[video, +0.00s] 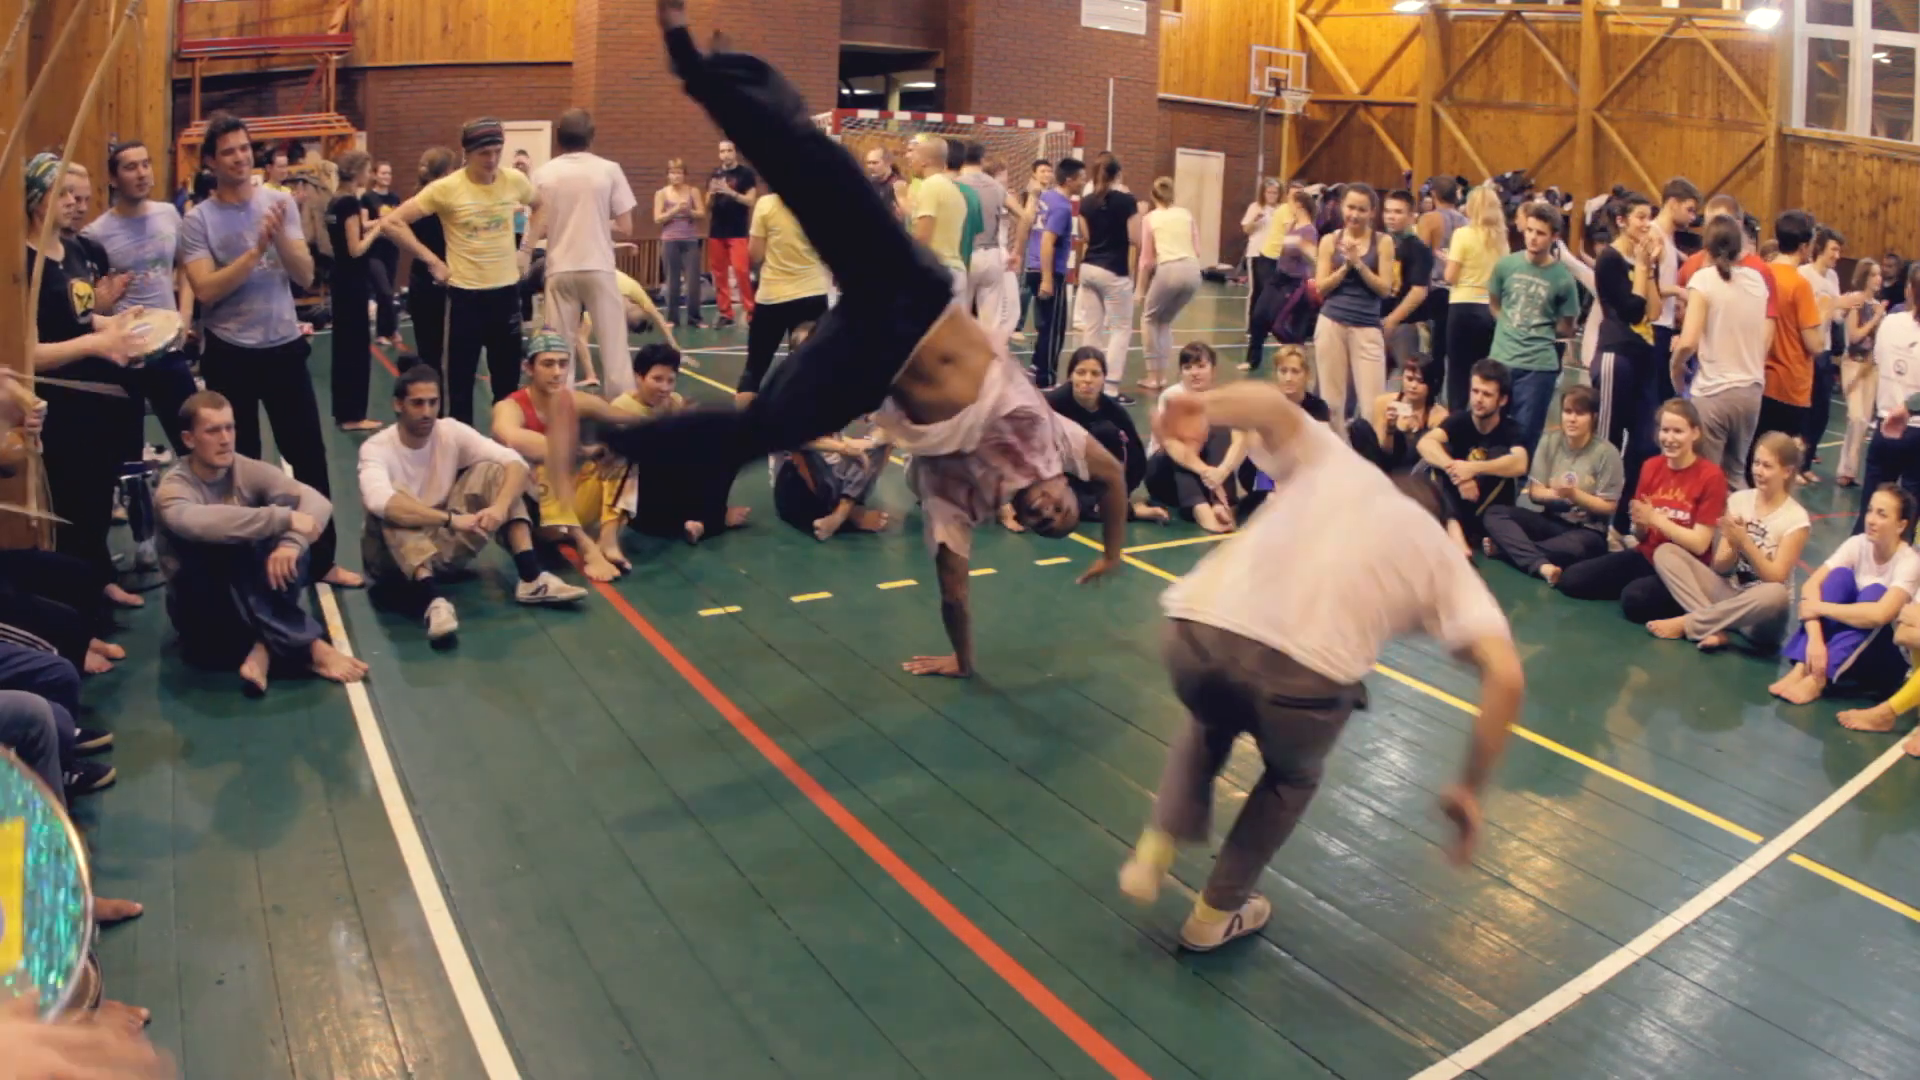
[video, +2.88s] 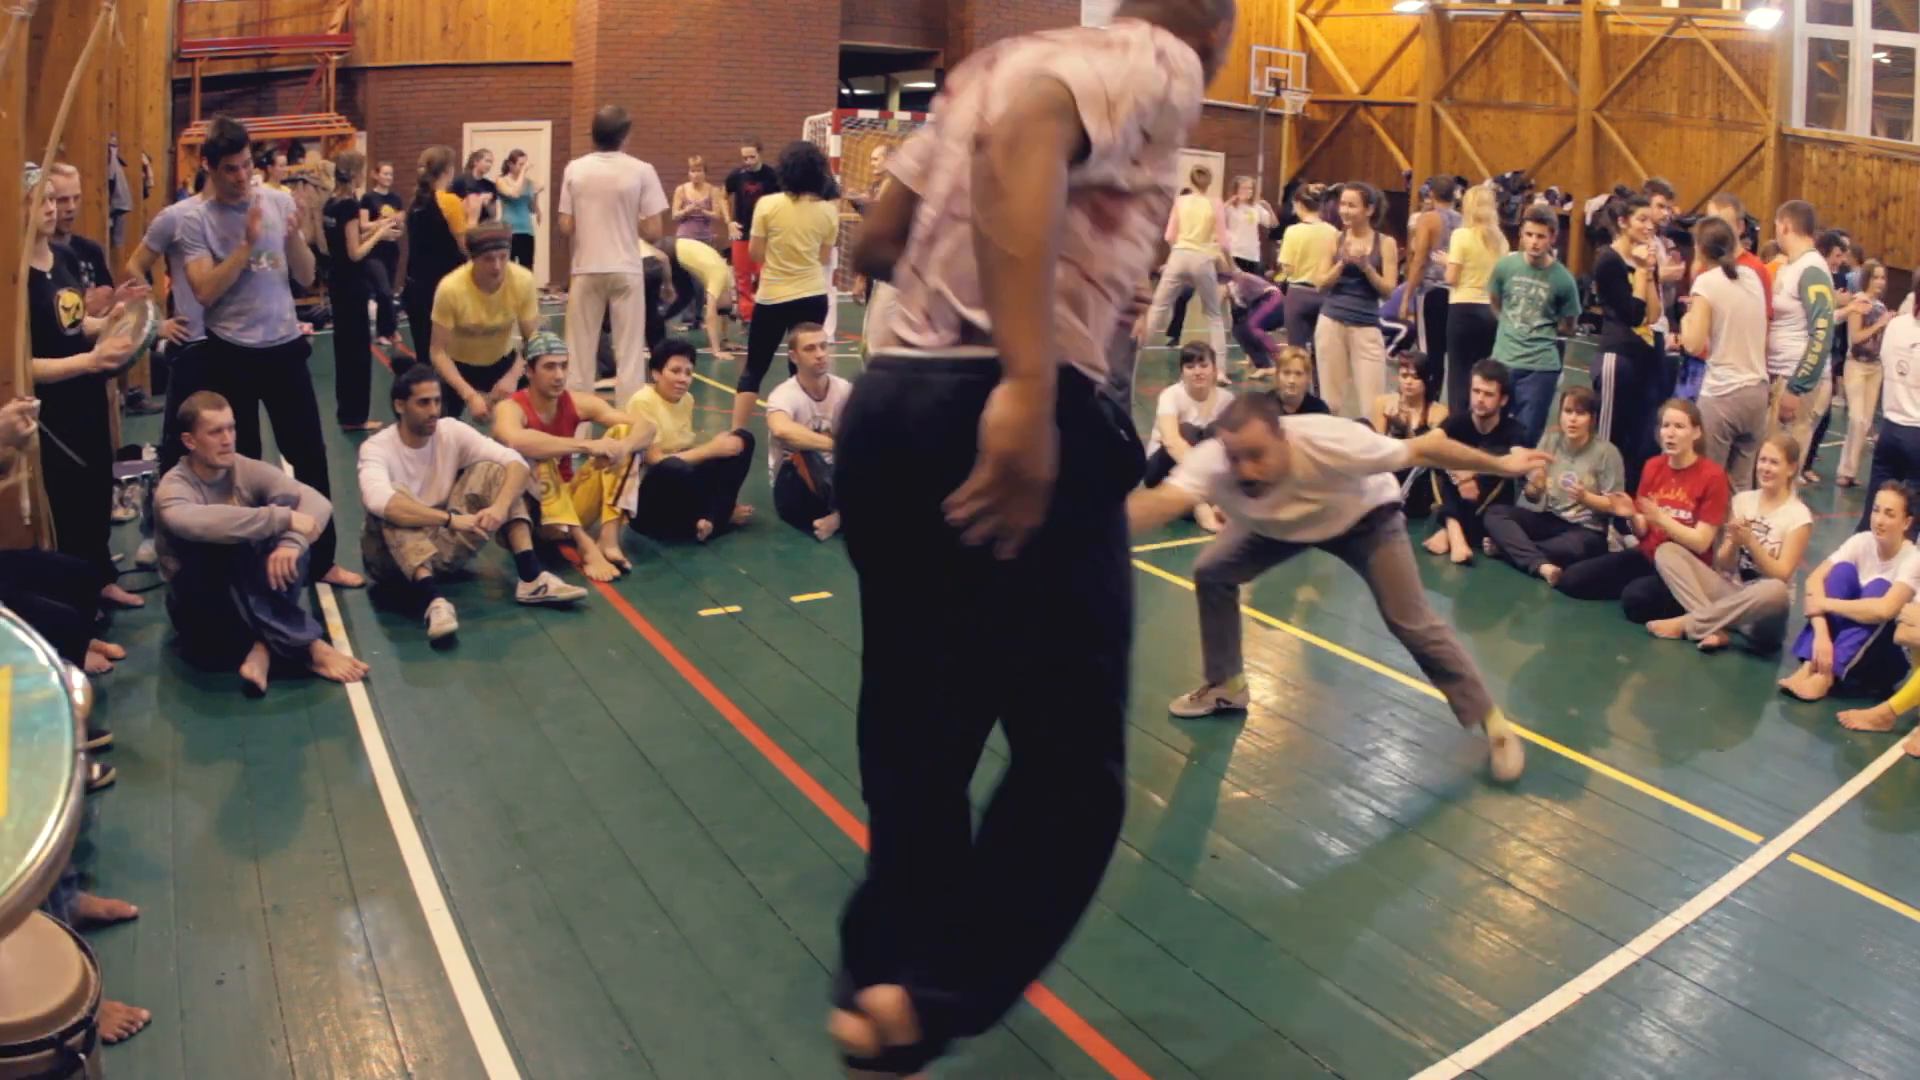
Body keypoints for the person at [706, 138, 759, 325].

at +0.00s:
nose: (725, 154)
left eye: (728, 151)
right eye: (722, 151)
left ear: (735, 153)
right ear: (718, 154)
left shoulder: (746, 173)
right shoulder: (715, 174)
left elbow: (751, 200)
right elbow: (708, 205)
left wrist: (729, 192)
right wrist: (712, 192)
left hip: (738, 232)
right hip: (717, 232)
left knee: (741, 271)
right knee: (719, 275)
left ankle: (750, 310)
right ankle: (724, 312)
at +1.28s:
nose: (751, 157)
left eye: (754, 153)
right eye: (748, 153)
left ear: (761, 154)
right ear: (743, 154)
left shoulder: (767, 174)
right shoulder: (734, 173)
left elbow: (771, 201)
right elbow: (727, 200)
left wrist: (754, 194)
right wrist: (741, 194)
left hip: (758, 231)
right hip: (735, 231)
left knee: (756, 272)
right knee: (729, 271)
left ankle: (754, 312)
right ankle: (726, 311)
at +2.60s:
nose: (744, 159)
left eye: (747, 155)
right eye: (741, 156)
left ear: (755, 154)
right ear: (737, 157)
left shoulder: (767, 173)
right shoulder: (733, 176)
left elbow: (776, 197)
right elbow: (721, 194)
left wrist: (769, 217)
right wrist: (728, 215)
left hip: (763, 229)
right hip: (740, 231)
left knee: (762, 272)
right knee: (742, 275)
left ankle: (764, 310)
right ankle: (746, 313)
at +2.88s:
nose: (748, 161)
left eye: (751, 157)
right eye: (744, 158)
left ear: (760, 154)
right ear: (741, 157)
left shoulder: (770, 175)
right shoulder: (735, 177)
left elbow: (778, 200)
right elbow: (726, 197)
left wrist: (774, 221)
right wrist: (729, 221)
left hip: (765, 229)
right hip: (742, 230)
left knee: (765, 272)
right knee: (742, 276)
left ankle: (765, 310)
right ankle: (746, 313)